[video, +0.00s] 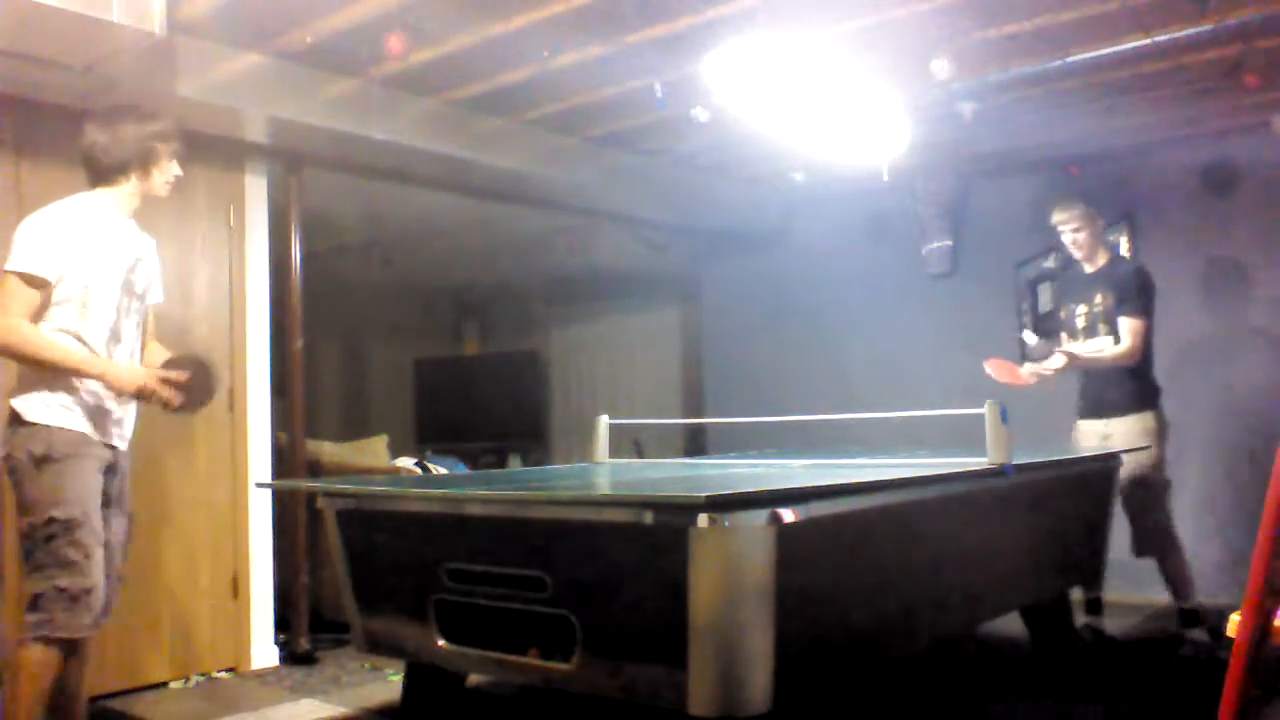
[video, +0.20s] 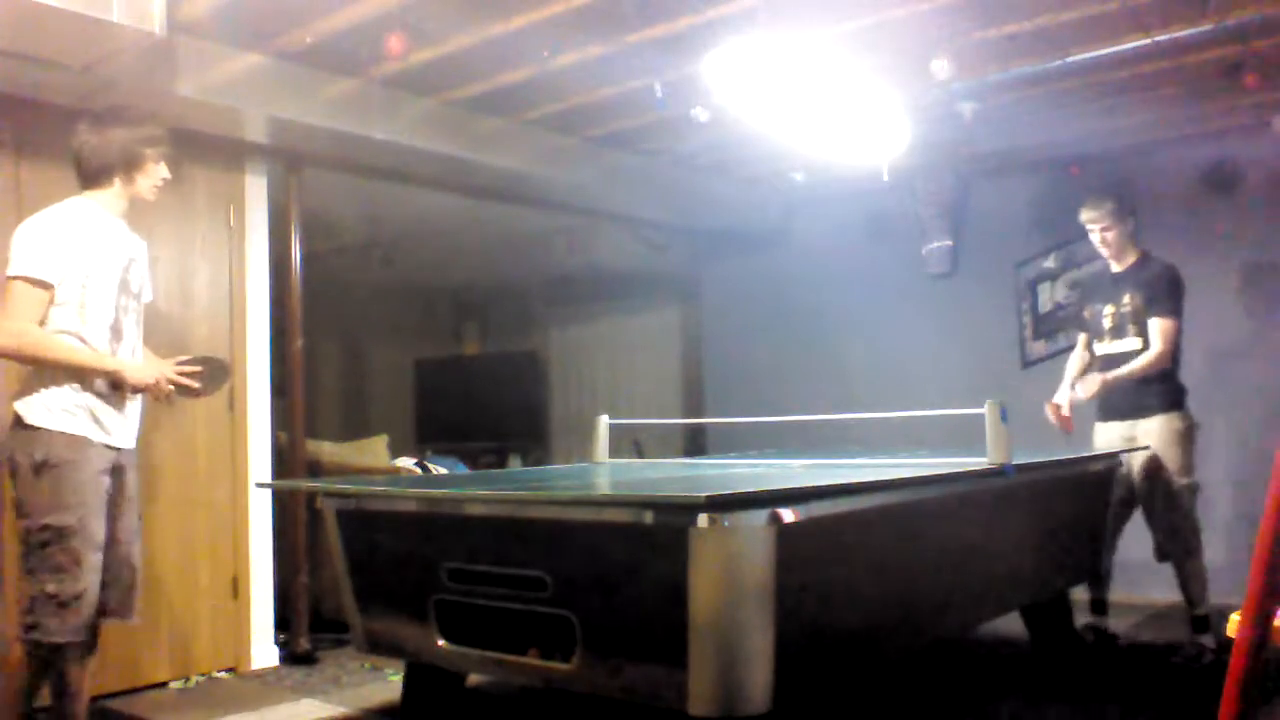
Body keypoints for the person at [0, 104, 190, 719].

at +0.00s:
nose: (178, 170)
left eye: (177, 157)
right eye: (169, 157)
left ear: (131, 162)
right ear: (134, 159)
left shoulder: (143, 248)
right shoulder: (56, 223)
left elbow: (139, 337)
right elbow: (10, 325)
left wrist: (167, 374)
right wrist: (109, 370)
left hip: (107, 434)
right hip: (51, 429)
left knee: (92, 598)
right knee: (64, 596)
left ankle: (68, 716)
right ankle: (21, 716)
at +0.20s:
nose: (167, 174)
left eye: (165, 161)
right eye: (157, 161)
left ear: (128, 165)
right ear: (124, 163)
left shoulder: (134, 249)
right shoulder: (50, 229)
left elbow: (121, 340)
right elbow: (14, 333)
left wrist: (156, 370)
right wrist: (117, 366)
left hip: (112, 434)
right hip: (56, 431)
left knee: (106, 583)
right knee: (65, 588)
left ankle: (73, 709)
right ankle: (18, 705)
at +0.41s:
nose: (159, 176)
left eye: (158, 163)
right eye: (150, 162)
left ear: (127, 168)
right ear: (116, 164)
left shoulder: (132, 252)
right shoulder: (46, 232)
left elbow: (123, 344)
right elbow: (13, 333)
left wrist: (163, 372)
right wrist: (117, 367)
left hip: (121, 446)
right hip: (58, 444)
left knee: (100, 612)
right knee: (42, 612)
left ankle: (76, 716)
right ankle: (19, 715)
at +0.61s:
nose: (164, 180)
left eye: (163, 167)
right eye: (155, 166)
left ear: (129, 172)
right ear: (121, 169)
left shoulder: (135, 254)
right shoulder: (45, 238)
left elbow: (126, 339)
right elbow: (17, 342)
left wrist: (165, 373)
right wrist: (122, 376)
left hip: (126, 445)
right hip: (59, 447)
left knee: (168, 581)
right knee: (46, 612)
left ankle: (120, 708)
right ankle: (21, 713)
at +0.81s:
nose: (187, 188)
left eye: (186, 175)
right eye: (177, 174)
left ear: (154, 178)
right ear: (141, 175)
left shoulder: (161, 261)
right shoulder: (65, 243)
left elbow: (149, 346)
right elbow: (25, 345)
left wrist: (177, 383)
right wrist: (127, 384)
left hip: (149, 445)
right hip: (78, 447)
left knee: (190, 590)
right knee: (62, 610)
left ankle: (214, 708)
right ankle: (24, 712)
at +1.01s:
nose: (228, 199)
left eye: (227, 186)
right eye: (220, 186)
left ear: (196, 190)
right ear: (186, 188)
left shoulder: (198, 268)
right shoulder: (110, 251)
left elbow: (191, 356)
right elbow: (72, 353)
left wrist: (221, 398)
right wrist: (171, 399)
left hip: (177, 448)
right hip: (110, 448)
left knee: (209, 591)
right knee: (85, 598)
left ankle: (215, 712)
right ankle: (30, 713)